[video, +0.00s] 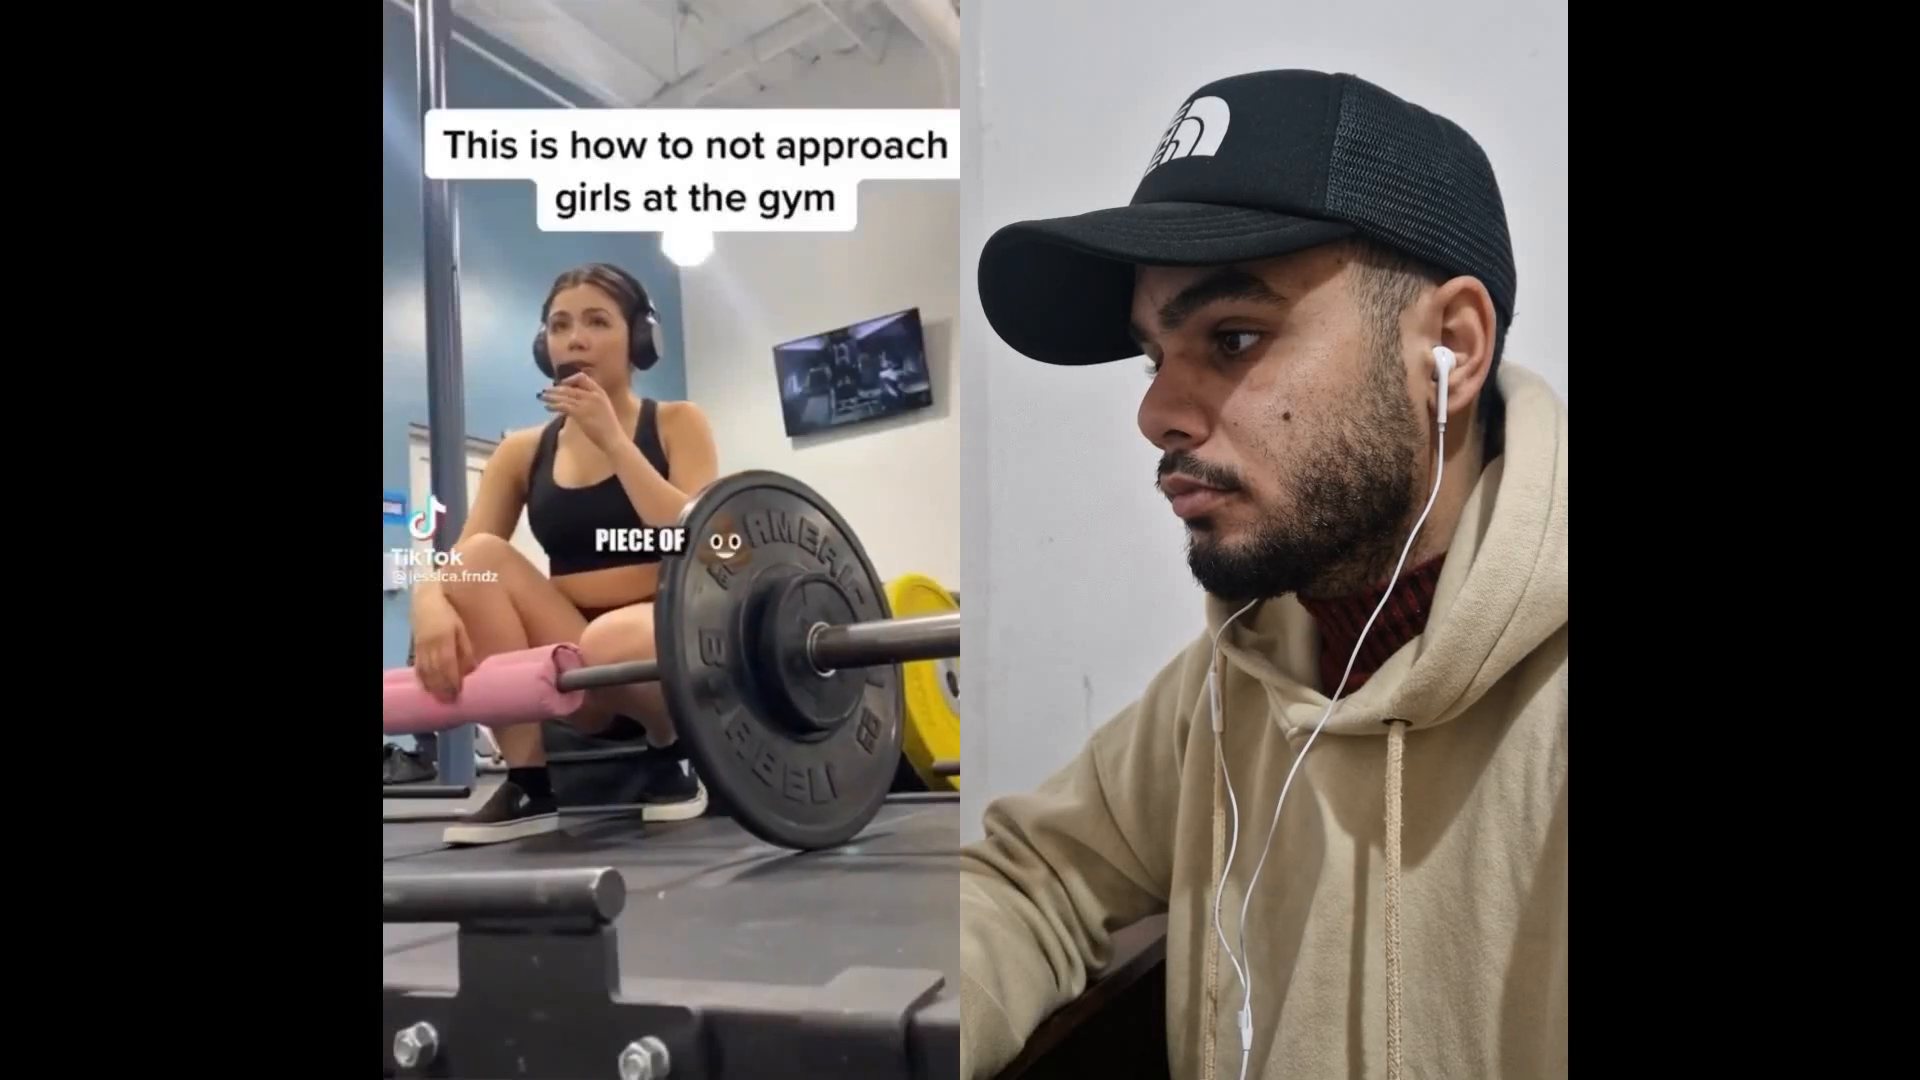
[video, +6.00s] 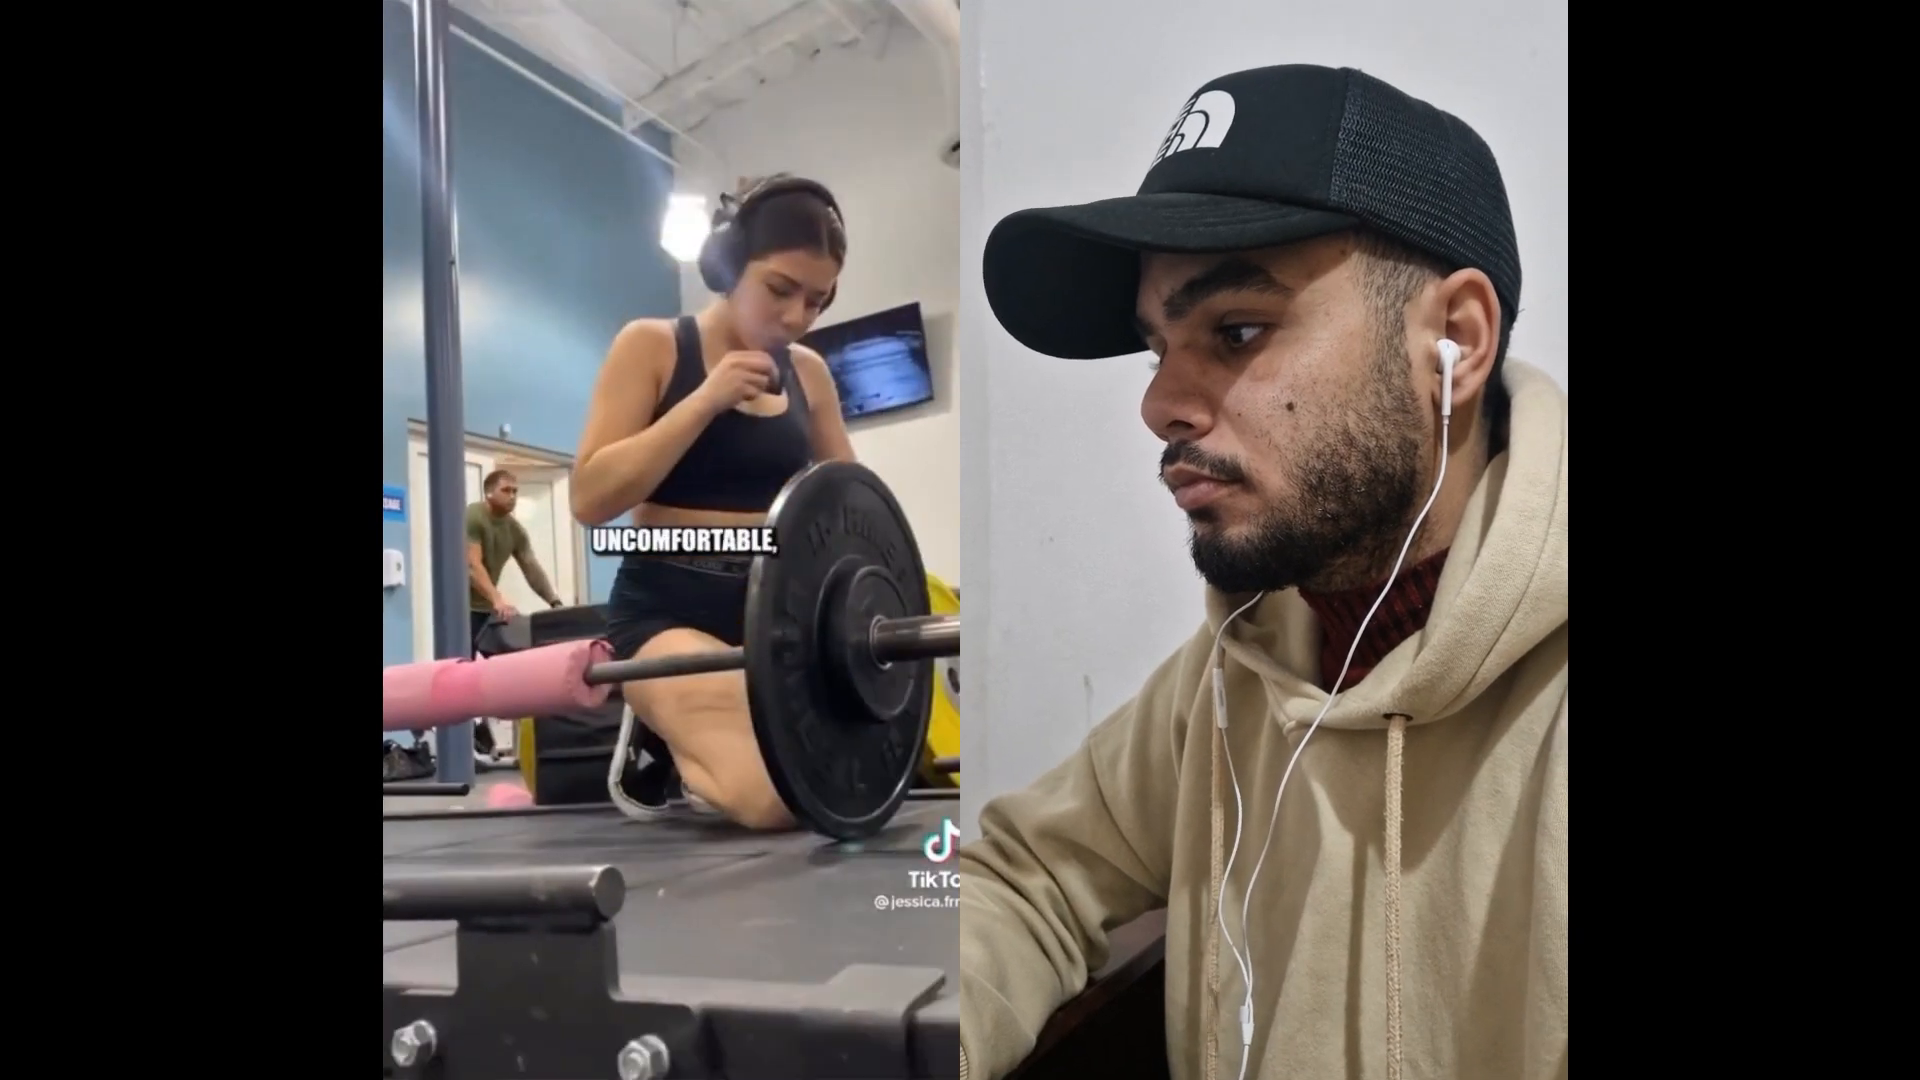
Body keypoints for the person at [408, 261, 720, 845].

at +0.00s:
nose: (575, 338)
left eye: (596, 321)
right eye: (560, 323)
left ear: (635, 340)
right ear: (546, 344)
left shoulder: (677, 425)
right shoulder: (523, 451)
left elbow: (700, 537)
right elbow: (469, 560)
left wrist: (614, 442)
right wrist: (426, 593)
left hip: (669, 640)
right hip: (571, 647)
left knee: (615, 638)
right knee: (478, 561)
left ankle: (666, 752)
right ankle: (527, 782)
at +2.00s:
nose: (610, 411)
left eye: (628, 388)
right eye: (588, 393)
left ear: (657, 375)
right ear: (561, 385)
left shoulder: (689, 439)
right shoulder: (544, 427)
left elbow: (740, 547)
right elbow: (485, 541)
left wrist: (692, 640)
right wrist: (560, 510)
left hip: (684, 652)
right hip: (578, 651)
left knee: (621, 602)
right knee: (463, 562)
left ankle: (674, 746)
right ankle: (525, 778)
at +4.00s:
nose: (597, 360)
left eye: (610, 334)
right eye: (568, 345)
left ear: (635, 330)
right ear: (540, 358)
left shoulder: (694, 422)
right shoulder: (532, 439)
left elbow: (789, 515)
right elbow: (505, 569)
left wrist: (866, 522)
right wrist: (570, 474)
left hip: (716, 659)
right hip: (598, 672)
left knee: (668, 654)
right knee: (513, 561)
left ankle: (691, 762)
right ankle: (546, 801)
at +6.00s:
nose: (796, 318)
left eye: (817, 299)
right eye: (779, 290)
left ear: (829, 294)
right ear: (730, 268)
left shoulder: (807, 370)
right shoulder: (651, 347)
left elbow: (848, 501)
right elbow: (590, 499)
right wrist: (704, 401)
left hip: (784, 615)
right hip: (668, 613)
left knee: (836, 785)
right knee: (774, 799)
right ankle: (662, 739)